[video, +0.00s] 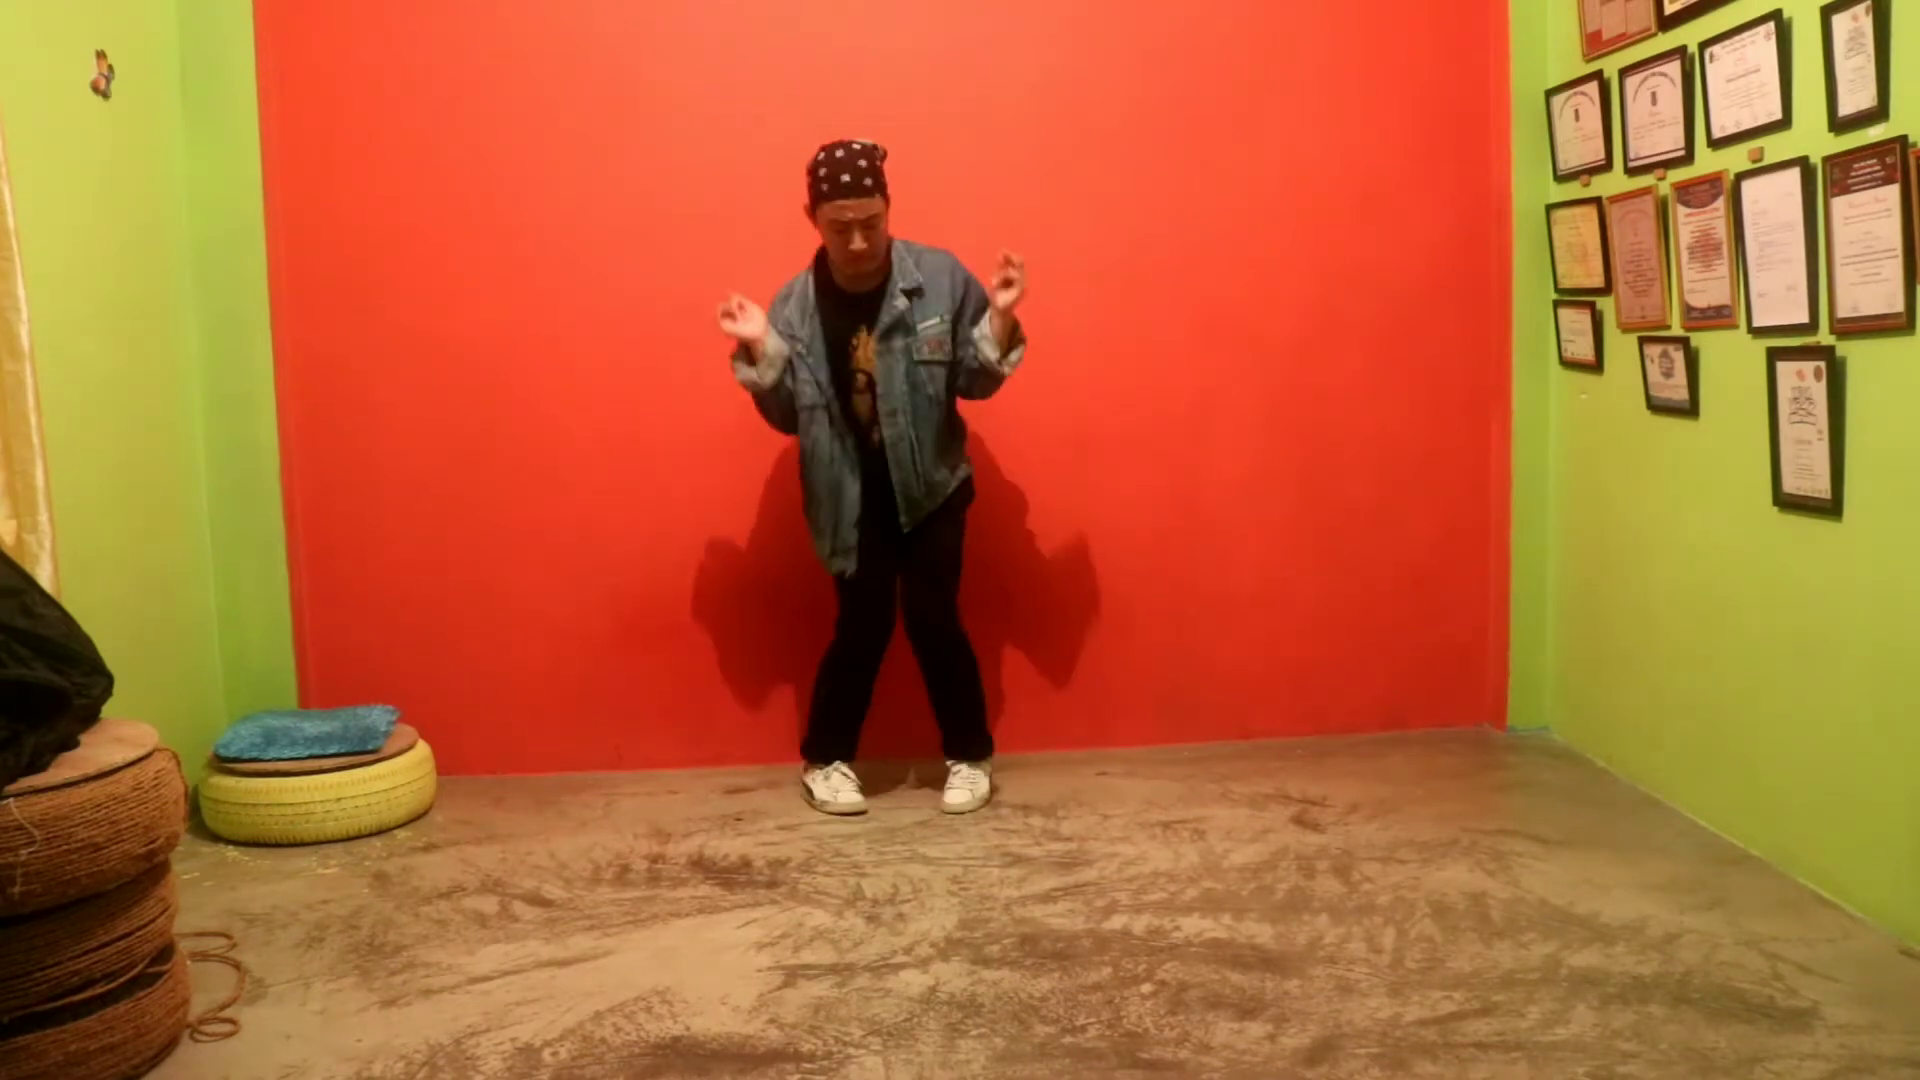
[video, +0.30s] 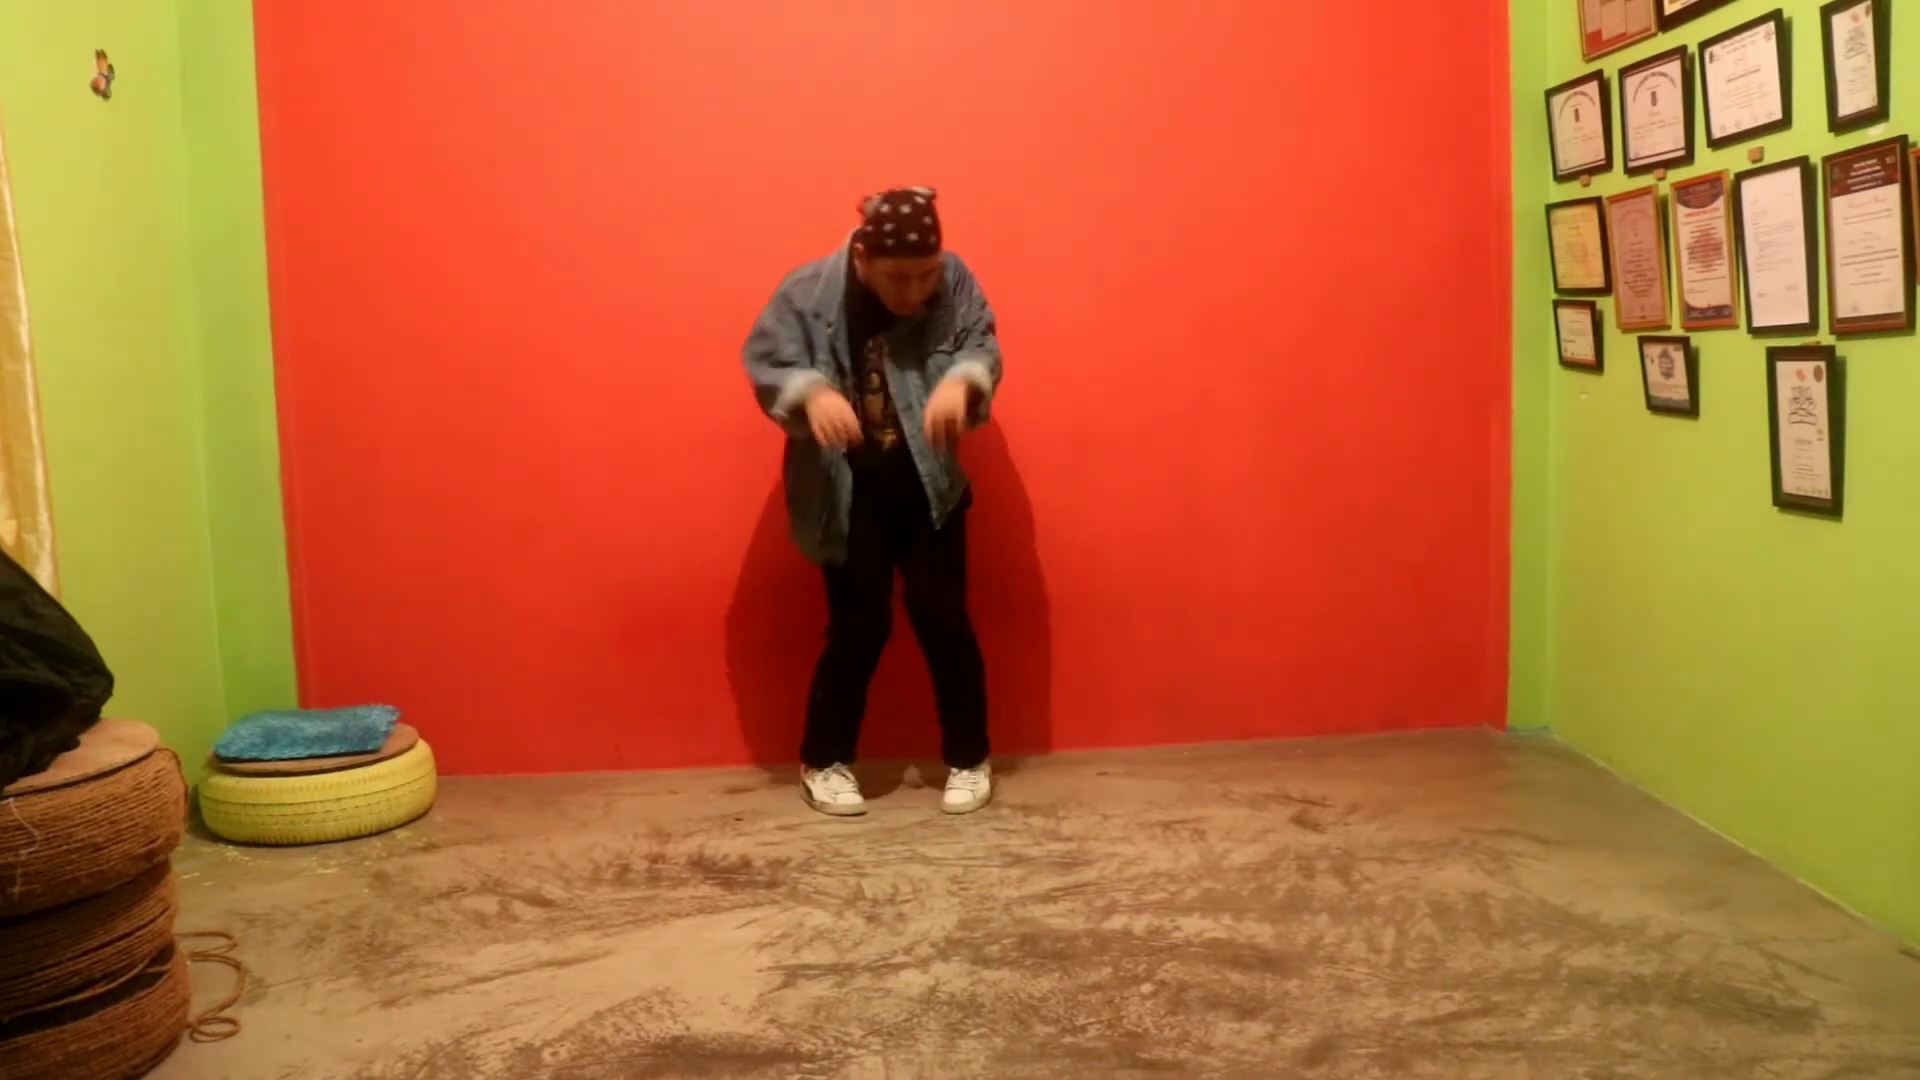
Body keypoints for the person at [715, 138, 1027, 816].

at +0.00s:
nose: (856, 241)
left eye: (868, 224)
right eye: (841, 227)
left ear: (889, 212)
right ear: (817, 223)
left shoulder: (940, 277)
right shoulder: (794, 307)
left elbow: (971, 383)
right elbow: (790, 419)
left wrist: (1000, 321)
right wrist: (760, 352)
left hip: (932, 484)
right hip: (851, 492)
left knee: (932, 617)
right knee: (863, 622)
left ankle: (968, 760)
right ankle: (827, 762)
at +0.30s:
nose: (913, 292)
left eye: (924, 276)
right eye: (897, 279)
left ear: (938, 258)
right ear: (864, 261)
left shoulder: (952, 283)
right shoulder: (807, 294)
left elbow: (981, 346)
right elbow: (766, 359)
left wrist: (960, 381)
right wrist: (811, 392)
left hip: (930, 487)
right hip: (848, 492)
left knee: (944, 625)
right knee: (858, 629)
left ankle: (968, 761)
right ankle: (826, 764)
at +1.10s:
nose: (896, 195)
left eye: (908, 179)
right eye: (880, 180)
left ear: (927, 168)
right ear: (852, 166)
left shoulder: (954, 227)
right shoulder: (810, 230)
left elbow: (996, 288)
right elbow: (771, 311)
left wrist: (968, 377)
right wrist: (802, 391)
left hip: (936, 447)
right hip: (843, 450)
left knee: (961, 596)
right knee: (837, 603)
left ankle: (956, 750)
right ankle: (853, 756)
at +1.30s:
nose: (854, 194)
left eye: (867, 178)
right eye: (838, 180)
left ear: (890, 162)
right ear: (816, 170)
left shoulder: (942, 220)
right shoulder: (783, 239)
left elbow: (1001, 304)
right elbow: (750, 323)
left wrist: (992, 379)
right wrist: (770, 396)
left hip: (933, 450)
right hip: (840, 453)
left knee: (929, 609)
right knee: (850, 611)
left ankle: (921, 759)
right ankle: (864, 765)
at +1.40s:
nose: (855, 203)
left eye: (867, 188)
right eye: (841, 192)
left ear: (891, 167)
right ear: (820, 175)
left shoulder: (939, 210)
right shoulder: (793, 223)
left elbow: (980, 309)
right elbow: (759, 325)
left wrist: (977, 406)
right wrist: (768, 418)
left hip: (927, 449)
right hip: (836, 452)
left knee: (929, 608)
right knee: (850, 609)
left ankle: (920, 761)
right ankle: (865, 764)